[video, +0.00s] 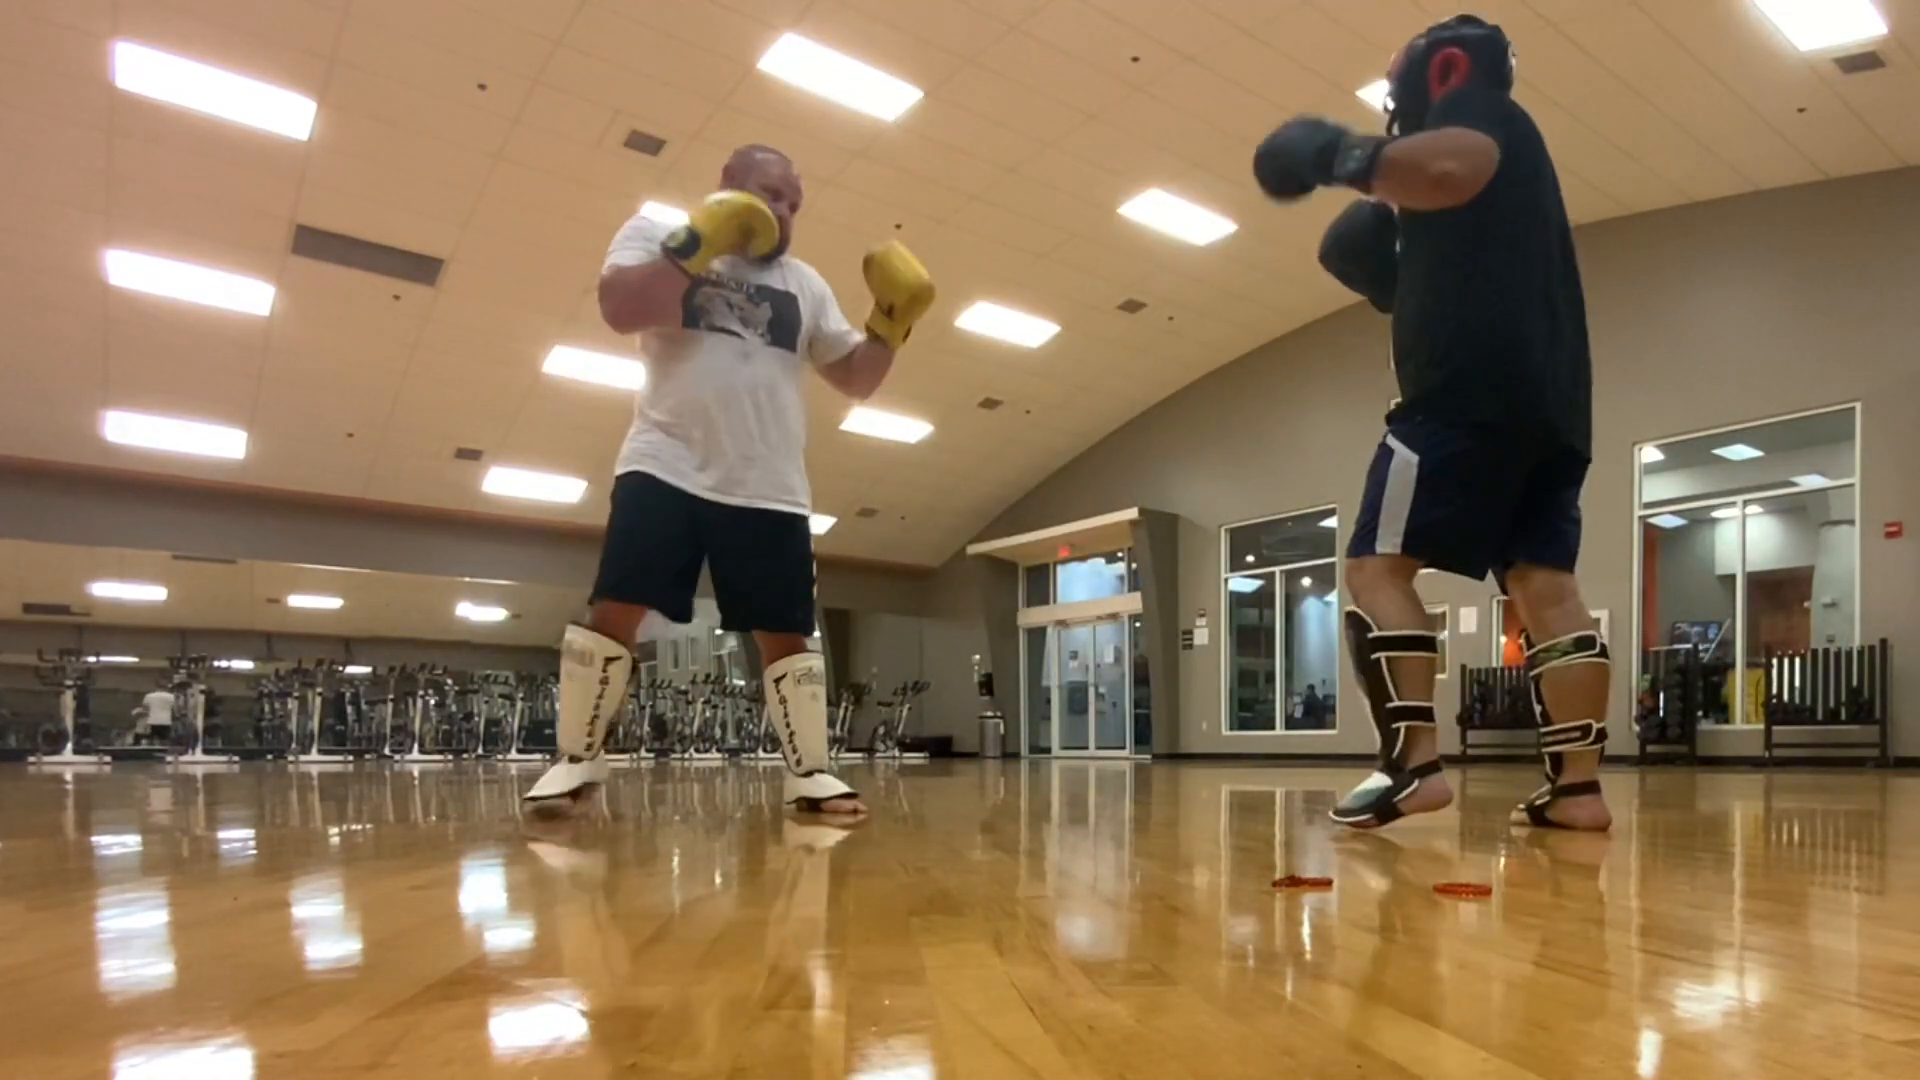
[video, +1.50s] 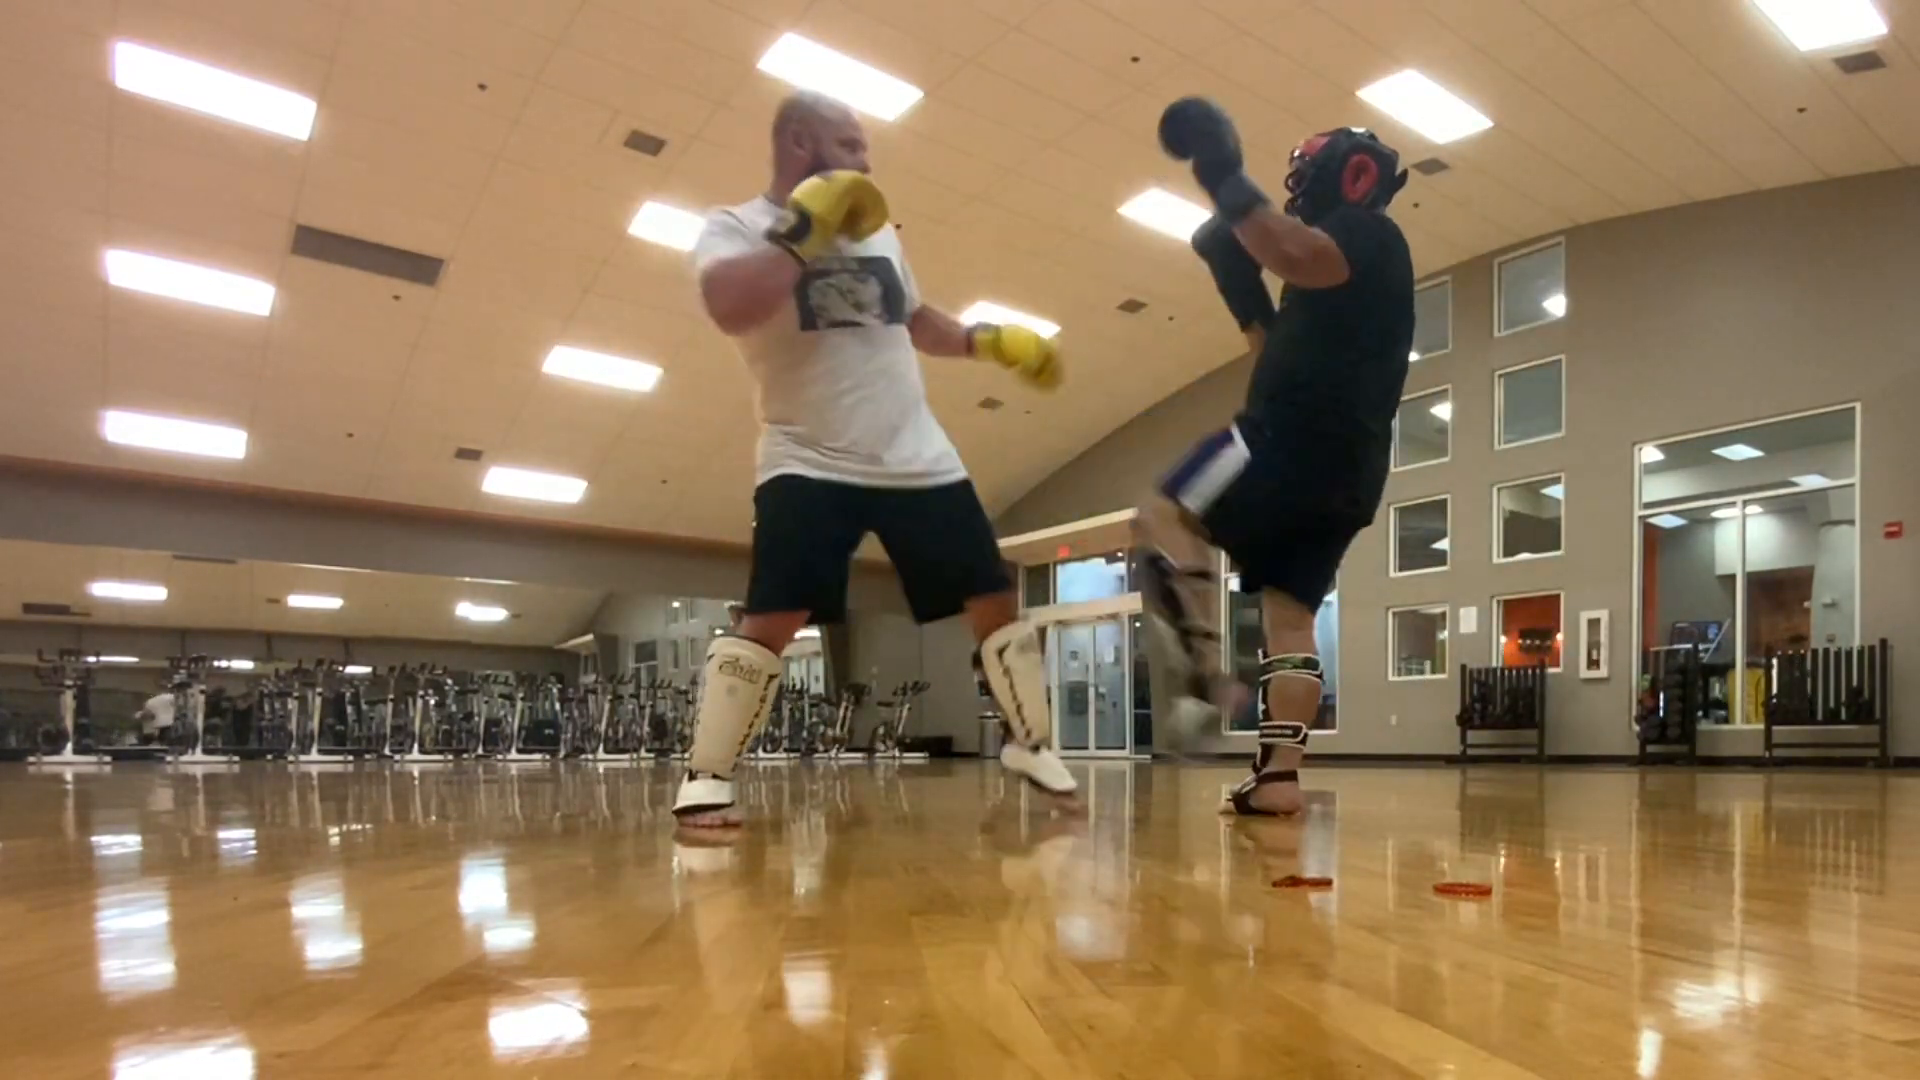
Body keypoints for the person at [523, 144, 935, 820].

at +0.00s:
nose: (783, 212)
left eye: (794, 203)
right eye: (771, 196)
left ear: (799, 211)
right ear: (728, 188)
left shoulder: (805, 283)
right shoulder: (662, 234)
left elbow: (855, 378)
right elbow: (620, 308)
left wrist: (890, 327)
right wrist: (700, 247)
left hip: (768, 475)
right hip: (667, 457)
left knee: (785, 626)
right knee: (618, 605)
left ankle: (810, 773)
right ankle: (577, 760)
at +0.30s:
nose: (743, 171)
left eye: (750, 166)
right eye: (731, 153)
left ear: (749, 180)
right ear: (679, 145)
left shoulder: (748, 259)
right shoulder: (608, 207)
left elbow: (782, 374)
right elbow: (585, 305)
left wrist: (829, 339)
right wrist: (684, 266)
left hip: (758, 453)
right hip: (652, 442)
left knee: (797, 605)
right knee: (635, 606)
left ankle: (815, 761)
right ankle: (595, 775)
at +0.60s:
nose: (767, 165)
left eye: (770, 157)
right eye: (758, 149)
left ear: (716, 141)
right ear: (706, 133)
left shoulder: (757, 261)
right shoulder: (637, 191)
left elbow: (777, 363)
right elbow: (682, 267)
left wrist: (844, 311)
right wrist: (746, 199)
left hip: (769, 462)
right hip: (665, 452)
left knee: (811, 616)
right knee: (630, 615)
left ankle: (870, 763)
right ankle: (592, 777)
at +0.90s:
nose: (845, 175)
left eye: (850, 167)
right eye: (837, 156)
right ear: (785, 138)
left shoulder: (832, 270)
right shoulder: (708, 192)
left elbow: (847, 374)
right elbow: (706, 278)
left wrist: (903, 340)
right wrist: (806, 230)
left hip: (823, 452)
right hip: (731, 431)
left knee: (839, 607)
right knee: (721, 590)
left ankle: (869, 773)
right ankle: (669, 773)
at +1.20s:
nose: (834, 180)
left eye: (838, 170)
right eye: (822, 162)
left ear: (785, 154)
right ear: (774, 148)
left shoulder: (818, 237)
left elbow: (903, 304)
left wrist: (963, 323)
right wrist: (859, 198)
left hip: (828, 430)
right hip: (742, 454)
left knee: (954, 382)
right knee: (751, 601)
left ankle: (968, 521)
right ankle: (707, 786)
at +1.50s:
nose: (861, 163)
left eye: (865, 150)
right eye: (848, 147)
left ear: (863, 153)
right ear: (797, 143)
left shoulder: (878, 234)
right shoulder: (737, 229)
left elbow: (915, 319)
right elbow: (729, 306)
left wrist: (987, 341)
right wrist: (805, 234)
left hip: (915, 452)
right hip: (808, 456)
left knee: (991, 593)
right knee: (778, 609)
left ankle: (1033, 747)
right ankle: (706, 781)